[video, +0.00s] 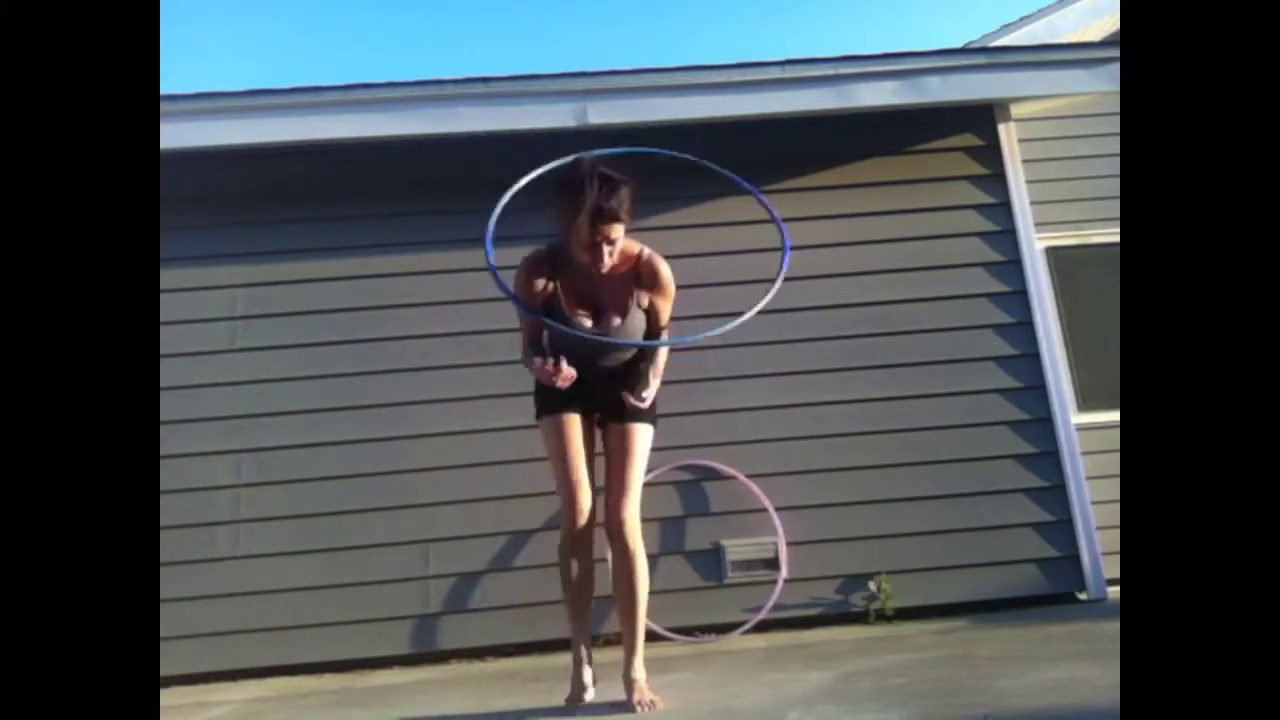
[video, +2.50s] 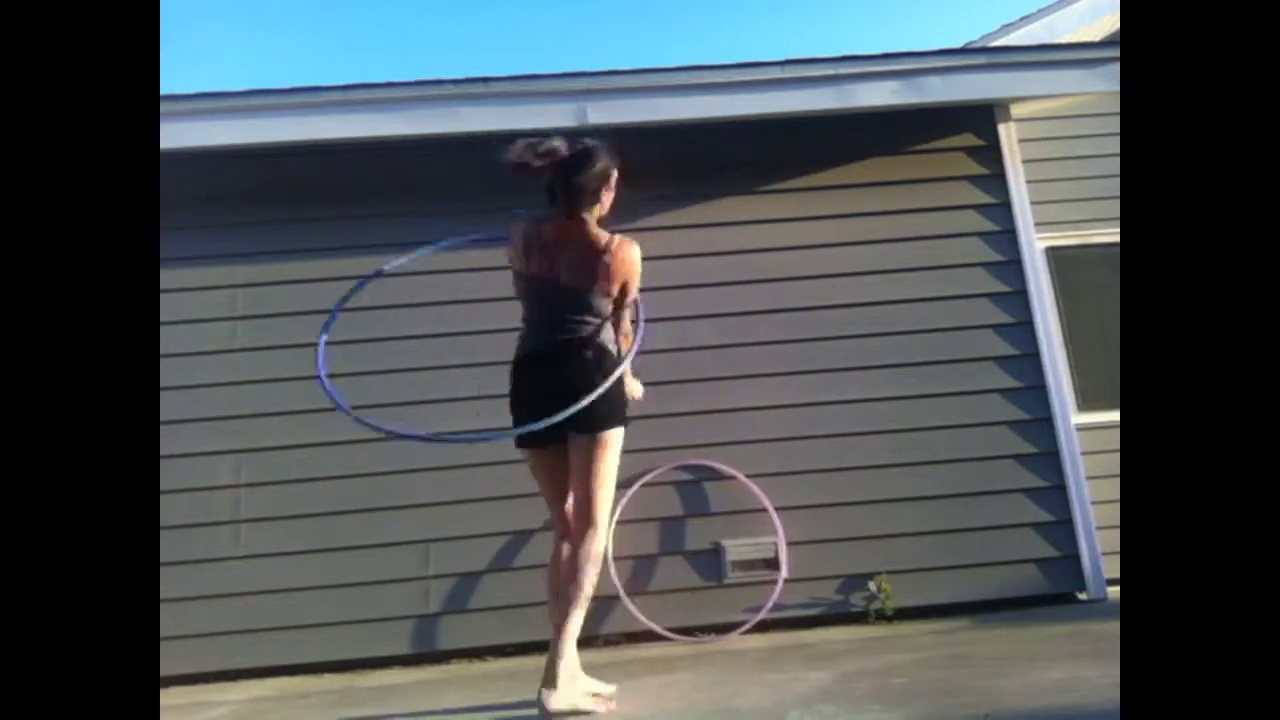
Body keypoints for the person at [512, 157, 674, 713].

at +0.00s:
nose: (602, 252)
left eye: (611, 241)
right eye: (592, 242)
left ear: (626, 224)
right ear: (568, 224)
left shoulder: (650, 270)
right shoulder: (539, 270)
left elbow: (659, 337)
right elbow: (530, 345)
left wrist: (650, 379)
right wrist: (545, 369)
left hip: (628, 380)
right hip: (563, 381)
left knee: (622, 519)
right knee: (578, 515)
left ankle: (635, 668)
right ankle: (582, 663)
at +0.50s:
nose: (615, 272)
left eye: (623, 262)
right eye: (604, 263)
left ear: (639, 247)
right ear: (583, 251)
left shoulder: (653, 273)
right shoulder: (556, 295)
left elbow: (643, 332)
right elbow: (556, 384)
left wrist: (669, 328)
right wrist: (564, 462)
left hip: (619, 390)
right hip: (558, 398)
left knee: (637, 521)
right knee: (584, 530)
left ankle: (648, 664)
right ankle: (601, 674)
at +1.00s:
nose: (640, 272)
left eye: (648, 260)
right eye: (628, 263)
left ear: (660, 244)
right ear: (603, 247)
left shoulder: (680, 290)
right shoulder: (575, 267)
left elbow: (674, 378)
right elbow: (559, 320)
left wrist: (626, 432)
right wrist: (535, 316)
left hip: (661, 387)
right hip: (596, 390)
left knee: (705, 515)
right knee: (602, 532)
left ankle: (765, 655)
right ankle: (606, 676)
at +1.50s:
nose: (729, 269)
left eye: (734, 259)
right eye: (721, 262)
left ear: (735, 251)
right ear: (695, 249)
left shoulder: (735, 263)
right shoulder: (656, 301)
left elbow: (736, 277)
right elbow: (655, 383)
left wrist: (771, 274)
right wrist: (714, 437)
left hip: (710, 384)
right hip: (651, 393)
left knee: (751, 510)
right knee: (654, 533)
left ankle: (770, 661)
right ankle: (615, 674)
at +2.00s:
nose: (624, 244)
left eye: (635, 235)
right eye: (618, 231)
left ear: (656, 232)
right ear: (605, 222)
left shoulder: (652, 289)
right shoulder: (591, 248)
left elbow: (612, 386)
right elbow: (576, 331)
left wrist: (541, 446)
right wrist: (533, 398)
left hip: (651, 398)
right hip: (614, 394)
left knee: (587, 529)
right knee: (589, 534)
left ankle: (702, 613)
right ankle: (642, 676)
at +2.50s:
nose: (617, 191)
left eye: (614, 183)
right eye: (615, 184)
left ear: (560, 187)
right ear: (606, 189)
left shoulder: (524, 239)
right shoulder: (622, 250)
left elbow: (534, 311)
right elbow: (622, 326)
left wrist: (609, 367)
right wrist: (620, 371)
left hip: (532, 379)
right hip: (593, 376)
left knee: (563, 528)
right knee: (592, 527)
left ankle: (567, 669)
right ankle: (560, 672)